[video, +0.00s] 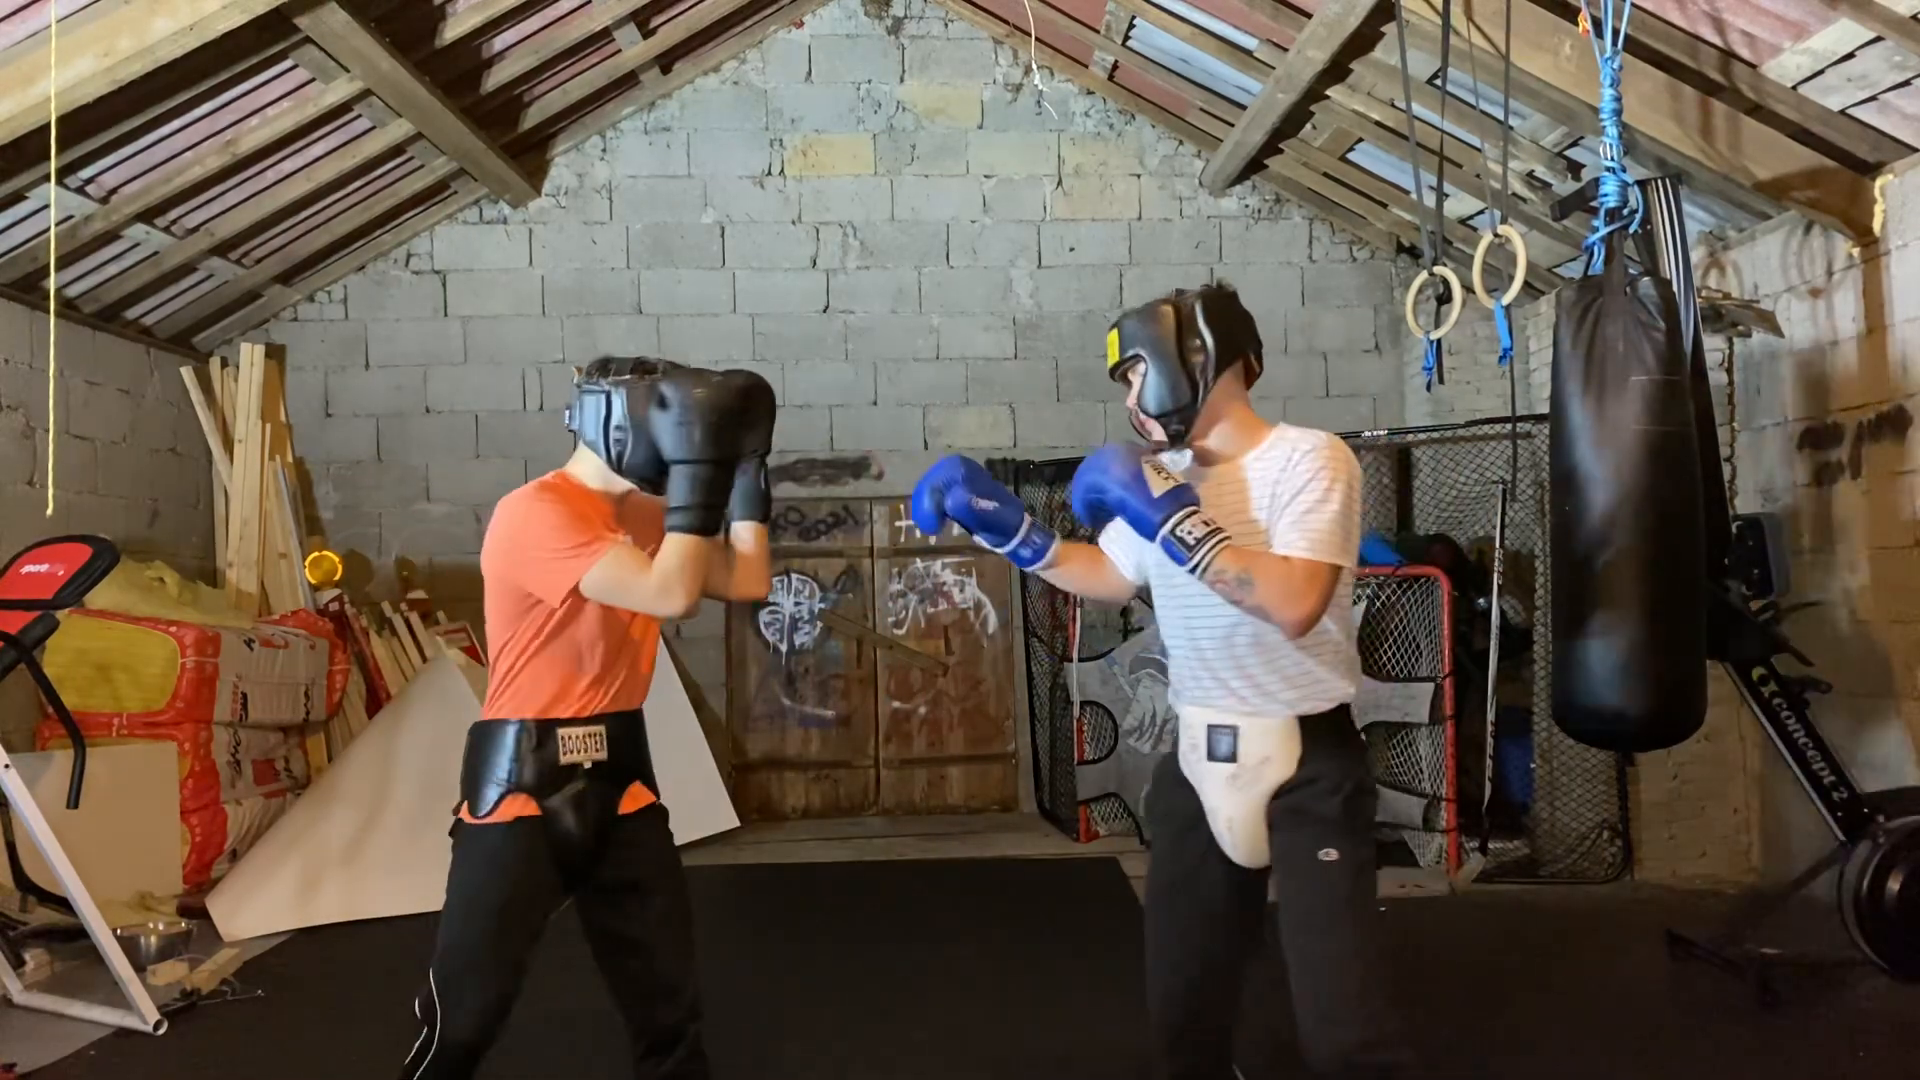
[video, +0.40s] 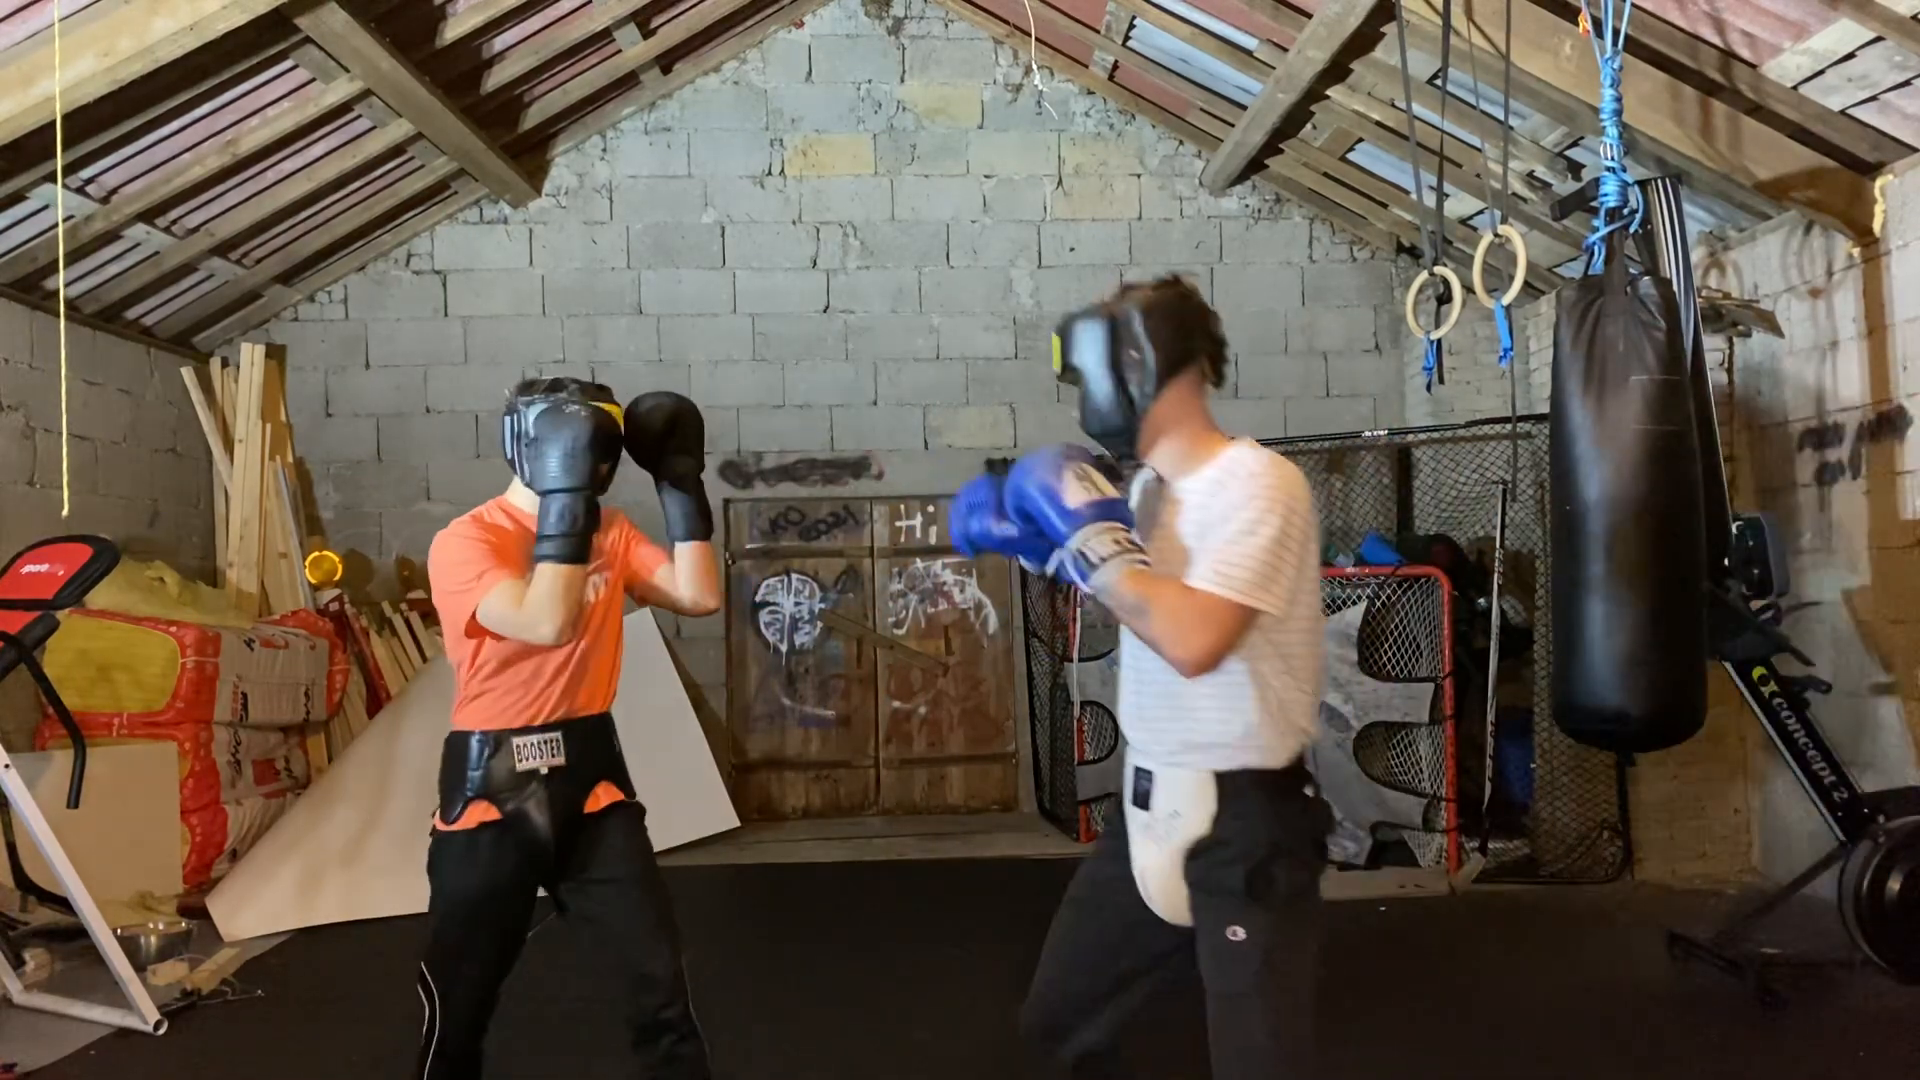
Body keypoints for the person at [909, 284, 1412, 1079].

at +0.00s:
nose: (1129, 398)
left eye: (1140, 371)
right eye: (1127, 376)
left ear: (1210, 368)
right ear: (1211, 369)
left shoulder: (1312, 460)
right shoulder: (1157, 482)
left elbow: (1297, 601)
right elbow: (1111, 574)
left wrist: (1173, 516)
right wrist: (1018, 533)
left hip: (1310, 765)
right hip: (1195, 770)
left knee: (1341, 1029)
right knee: (1184, 1022)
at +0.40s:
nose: (1086, 396)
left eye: (1093, 371)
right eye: (1084, 374)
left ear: (1134, 370)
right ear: (1179, 366)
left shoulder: (1263, 486)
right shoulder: (1146, 494)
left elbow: (1194, 638)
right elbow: (1147, 603)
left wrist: (1097, 542)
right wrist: (1054, 552)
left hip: (1248, 821)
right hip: (1152, 812)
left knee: (1260, 1062)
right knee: (1056, 1028)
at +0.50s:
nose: (1048, 371)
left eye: (1055, 347)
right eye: (1047, 350)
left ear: (1089, 348)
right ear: (1146, 347)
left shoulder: (1204, 463)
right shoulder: (1124, 485)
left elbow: (1127, 618)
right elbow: (1102, 602)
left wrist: (1040, 513)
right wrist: (1026, 504)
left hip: (1213, 801)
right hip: (1127, 799)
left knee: (1252, 1054)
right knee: (1077, 1040)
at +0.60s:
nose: (1010, 399)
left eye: (1015, 376)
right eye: (1011, 378)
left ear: (1050, 376)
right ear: (1103, 375)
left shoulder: (1153, 489)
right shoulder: (1091, 499)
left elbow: (1056, 638)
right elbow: (1062, 567)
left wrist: (988, 533)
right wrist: (1003, 495)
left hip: (1178, 837)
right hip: (1099, 832)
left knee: (1203, 1061)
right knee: (1028, 1034)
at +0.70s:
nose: (984, 433)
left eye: (990, 411)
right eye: (984, 413)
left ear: (1020, 407)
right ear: (1081, 408)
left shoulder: (1114, 523)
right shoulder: (1077, 528)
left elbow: (1004, 667)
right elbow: (1040, 571)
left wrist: (943, 556)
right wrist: (964, 497)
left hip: (1136, 863)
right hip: (1061, 856)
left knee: (1127, 1064)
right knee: (955, 1051)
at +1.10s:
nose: (946, 383)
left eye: (953, 361)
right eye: (949, 363)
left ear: (974, 361)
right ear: (1064, 381)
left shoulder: (1026, 489)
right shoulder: (1107, 497)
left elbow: (931, 655)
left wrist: (897, 532)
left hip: (1055, 874)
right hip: (1121, 857)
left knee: (1023, 1063)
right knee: (982, 1056)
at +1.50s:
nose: (907, 391)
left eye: (912, 374)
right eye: (912, 376)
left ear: (925, 376)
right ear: (1020, 400)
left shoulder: (920, 480)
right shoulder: (1075, 516)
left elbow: (846, 652)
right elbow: (1115, 687)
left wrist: (854, 536)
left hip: (976, 843)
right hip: (1077, 835)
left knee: (983, 1058)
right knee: (1075, 1054)